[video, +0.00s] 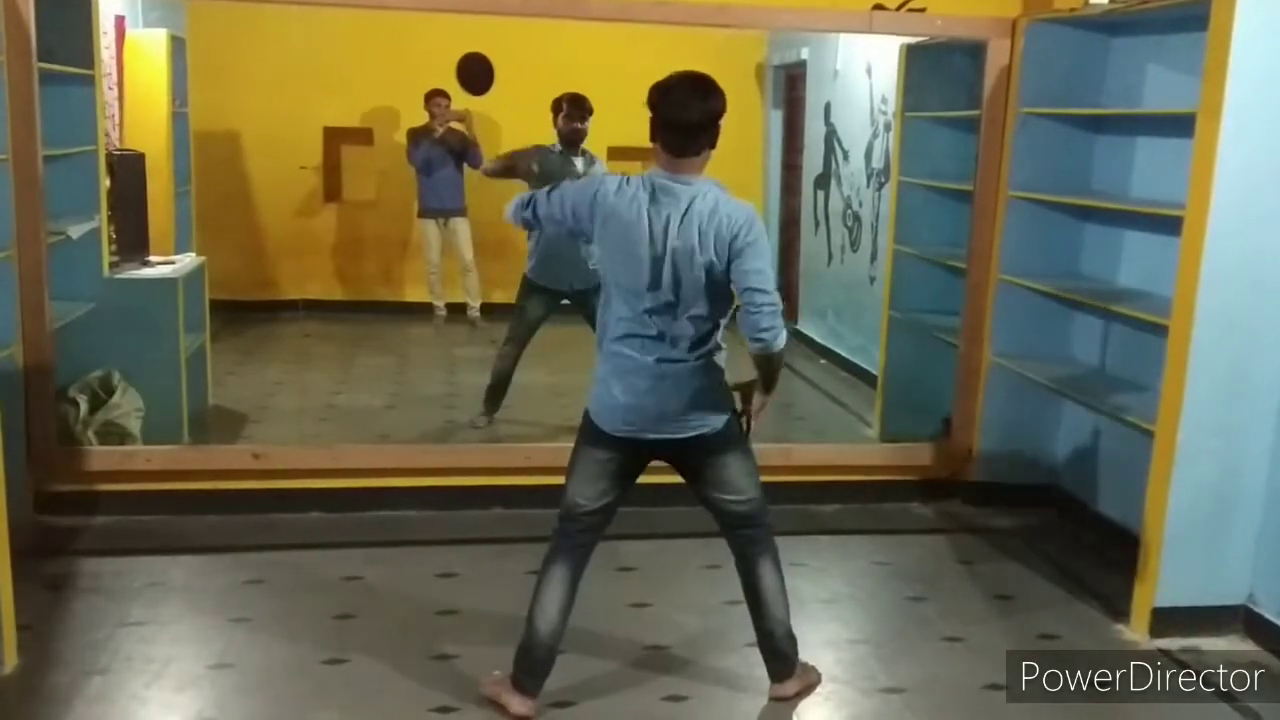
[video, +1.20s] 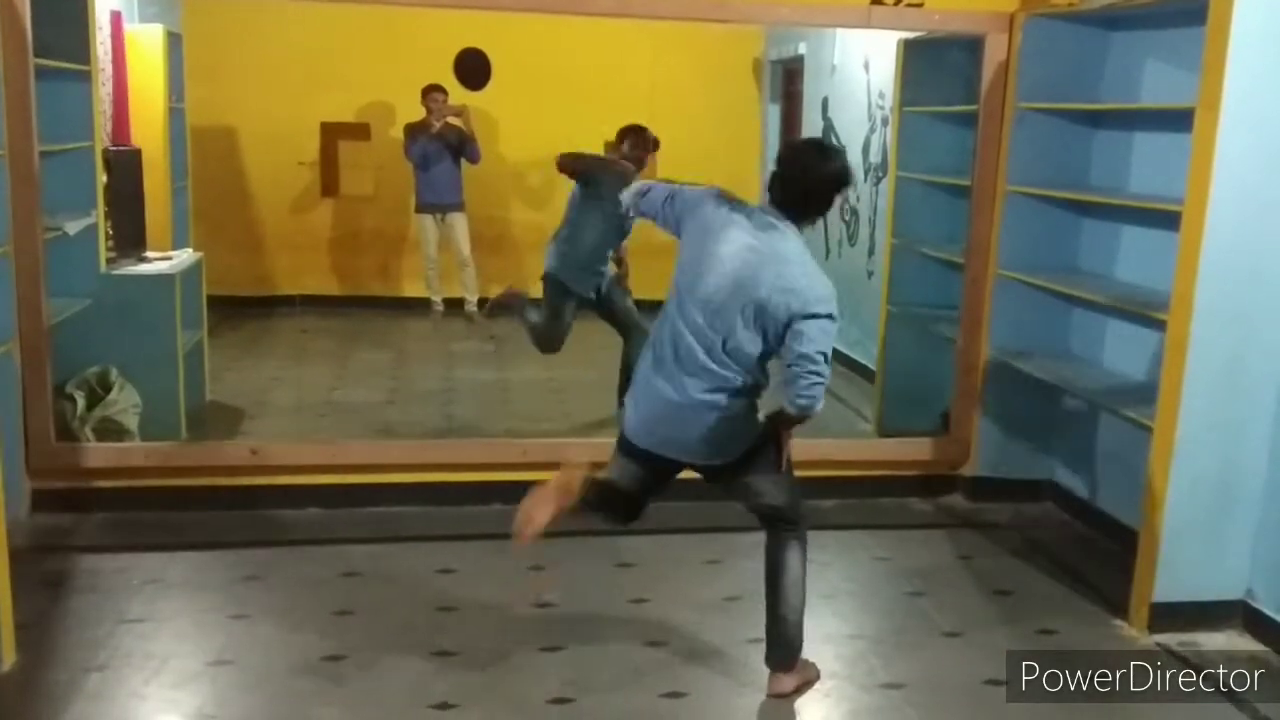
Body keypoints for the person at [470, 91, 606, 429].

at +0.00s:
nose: (577, 126)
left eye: (583, 120)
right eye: (570, 119)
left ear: (590, 123)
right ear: (556, 121)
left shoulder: (598, 168)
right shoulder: (537, 159)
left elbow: (616, 211)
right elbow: (489, 167)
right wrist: (518, 165)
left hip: (591, 278)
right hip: (544, 276)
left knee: (624, 346)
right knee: (512, 347)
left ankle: (635, 423)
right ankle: (488, 411)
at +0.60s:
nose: (580, 123)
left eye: (586, 117)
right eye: (574, 115)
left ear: (593, 122)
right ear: (559, 117)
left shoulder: (595, 166)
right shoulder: (546, 156)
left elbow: (612, 208)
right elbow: (518, 166)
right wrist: (558, 149)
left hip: (588, 271)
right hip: (543, 269)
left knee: (622, 339)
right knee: (512, 340)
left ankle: (630, 415)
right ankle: (486, 407)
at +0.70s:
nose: (582, 124)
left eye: (588, 118)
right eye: (575, 117)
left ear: (594, 123)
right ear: (560, 119)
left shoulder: (595, 165)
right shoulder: (547, 152)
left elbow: (603, 215)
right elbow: (532, 163)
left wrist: (618, 254)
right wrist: (576, 158)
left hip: (586, 272)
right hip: (543, 270)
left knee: (622, 338)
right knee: (512, 341)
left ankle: (631, 412)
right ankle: (486, 405)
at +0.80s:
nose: (582, 126)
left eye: (588, 121)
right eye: (575, 118)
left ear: (594, 126)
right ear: (561, 120)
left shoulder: (599, 169)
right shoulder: (547, 152)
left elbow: (604, 225)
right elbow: (571, 176)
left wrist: (618, 263)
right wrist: (624, 168)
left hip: (585, 269)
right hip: (543, 266)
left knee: (622, 335)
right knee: (513, 339)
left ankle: (629, 411)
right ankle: (487, 406)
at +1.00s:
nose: (616, 130)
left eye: (622, 124)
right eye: (610, 122)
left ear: (628, 130)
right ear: (597, 124)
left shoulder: (623, 178)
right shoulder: (582, 149)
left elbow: (618, 226)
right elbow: (591, 167)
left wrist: (623, 264)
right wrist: (637, 178)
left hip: (595, 263)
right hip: (558, 257)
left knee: (626, 326)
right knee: (530, 326)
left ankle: (630, 398)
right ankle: (491, 379)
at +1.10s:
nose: (650, 159)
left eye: (653, 152)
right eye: (647, 150)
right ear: (627, 144)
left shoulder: (627, 183)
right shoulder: (602, 168)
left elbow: (611, 225)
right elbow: (554, 171)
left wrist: (621, 263)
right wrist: (604, 165)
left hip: (597, 270)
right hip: (564, 266)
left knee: (635, 333)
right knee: (551, 339)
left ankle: (626, 408)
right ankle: (513, 308)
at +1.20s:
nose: (642, 159)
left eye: (646, 153)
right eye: (637, 151)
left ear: (648, 156)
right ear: (621, 146)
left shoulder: (632, 191)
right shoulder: (601, 173)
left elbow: (617, 236)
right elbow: (564, 162)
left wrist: (623, 272)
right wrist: (611, 164)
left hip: (599, 276)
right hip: (564, 270)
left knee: (638, 335)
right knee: (549, 342)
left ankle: (628, 409)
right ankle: (517, 303)